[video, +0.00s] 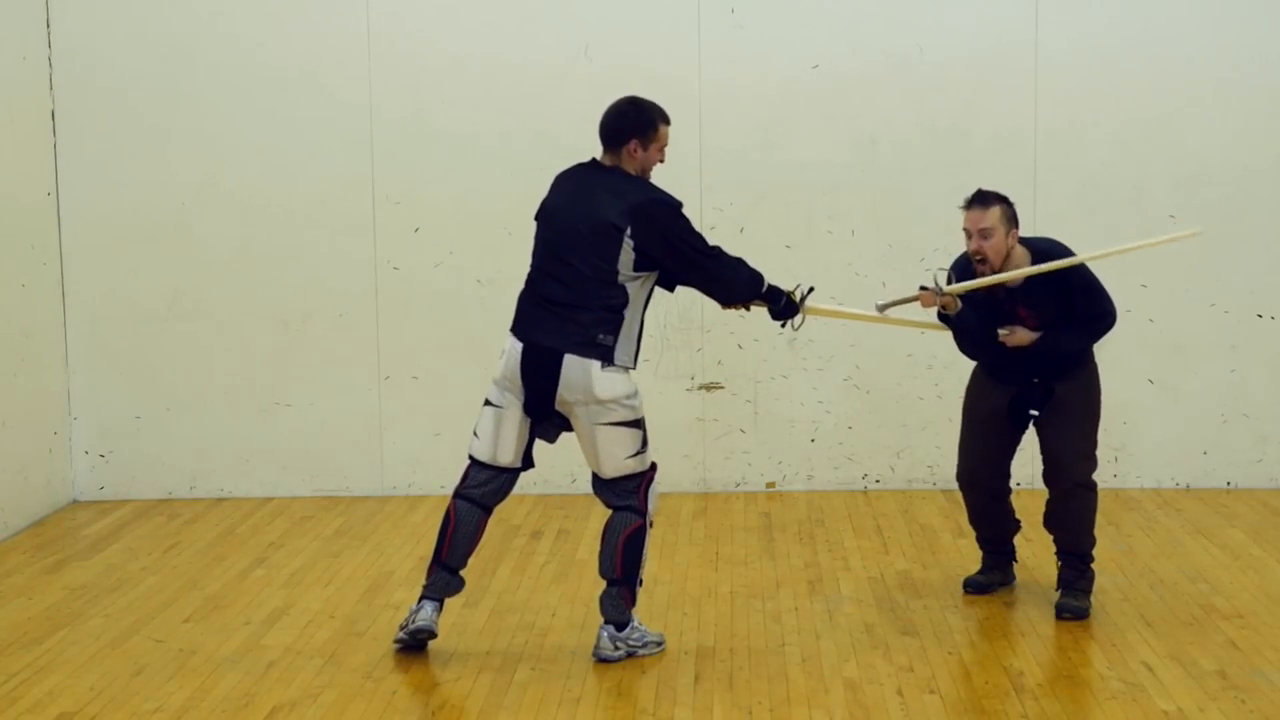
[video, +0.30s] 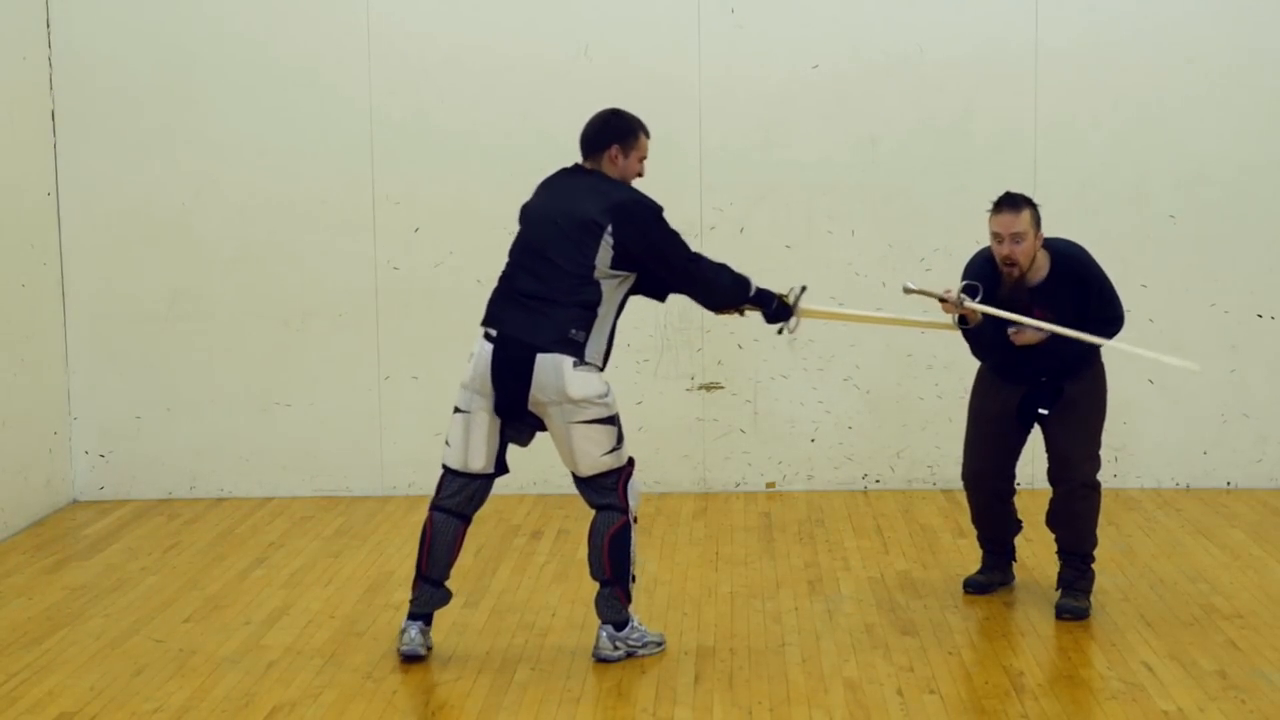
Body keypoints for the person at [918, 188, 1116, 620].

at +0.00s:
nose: (975, 246)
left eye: (986, 235)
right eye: (969, 235)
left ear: (1012, 234)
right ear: (964, 234)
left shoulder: (1054, 260)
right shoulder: (963, 274)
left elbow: (1102, 315)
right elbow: (978, 348)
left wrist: (1040, 339)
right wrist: (953, 311)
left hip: (1067, 375)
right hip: (998, 375)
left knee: (1070, 476)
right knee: (977, 472)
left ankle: (1075, 579)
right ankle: (997, 562)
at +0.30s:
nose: (1006, 251)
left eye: (1017, 240)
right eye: (998, 240)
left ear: (1039, 237)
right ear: (989, 237)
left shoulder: (1072, 262)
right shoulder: (981, 269)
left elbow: (1111, 319)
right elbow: (987, 351)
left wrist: (1049, 335)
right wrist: (970, 320)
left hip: (1073, 378)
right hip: (1004, 378)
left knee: (1075, 476)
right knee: (983, 471)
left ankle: (1075, 581)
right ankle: (997, 563)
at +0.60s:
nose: (1026, 258)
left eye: (1037, 248)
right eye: (1018, 247)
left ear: (1056, 243)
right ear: (1008, 240)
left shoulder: (1086, 268)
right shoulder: (992, 268)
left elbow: (1120, 324)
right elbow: (990, 352)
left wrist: (1056, 338)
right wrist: (975, 323)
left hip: (1075, 376)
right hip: (1005, 371)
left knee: (1076, 476)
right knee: (984, 469)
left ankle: (1075, 582)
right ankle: (997, 562)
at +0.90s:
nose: (1024, 253)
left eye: (1035, 244)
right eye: (1018, 241)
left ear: (1058, 241)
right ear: (1010, 234)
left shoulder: (1090, 268)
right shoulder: (994, 265)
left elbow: (1121, 327)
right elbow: (989, 347)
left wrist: (1058, 337)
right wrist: (970, 324)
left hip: (1075, 375)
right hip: (1005, 371)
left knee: (1075, 477)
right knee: (984, 470)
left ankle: (1075, 582)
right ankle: (997, 563)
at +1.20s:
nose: (1021, 255)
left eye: (1032, 247)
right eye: (1015, 243)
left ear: (1058, 243)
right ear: (1009, 236)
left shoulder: (1088, 269)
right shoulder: (992, 265)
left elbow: (1118, 328)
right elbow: (985, 348)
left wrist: (1055, 338)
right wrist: (972, 320)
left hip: (1074, 379)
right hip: (1006, 374)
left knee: (1076, 480)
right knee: (982, 472)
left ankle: (1075, 581)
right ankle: (997, 563)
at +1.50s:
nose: (1023, 262)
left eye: (1035, 255)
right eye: (1019, 249)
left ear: (1061, 252)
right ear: (1013, 241)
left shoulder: (1090, 275)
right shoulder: (994, 268)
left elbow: (1115, 335)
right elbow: (979, 351)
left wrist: (1053, 343)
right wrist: (969, 324)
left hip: (1071, 384)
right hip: (1001, 380)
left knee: (1075, 480)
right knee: (981, 475)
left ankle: (1075, 577)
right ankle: (997, 565)